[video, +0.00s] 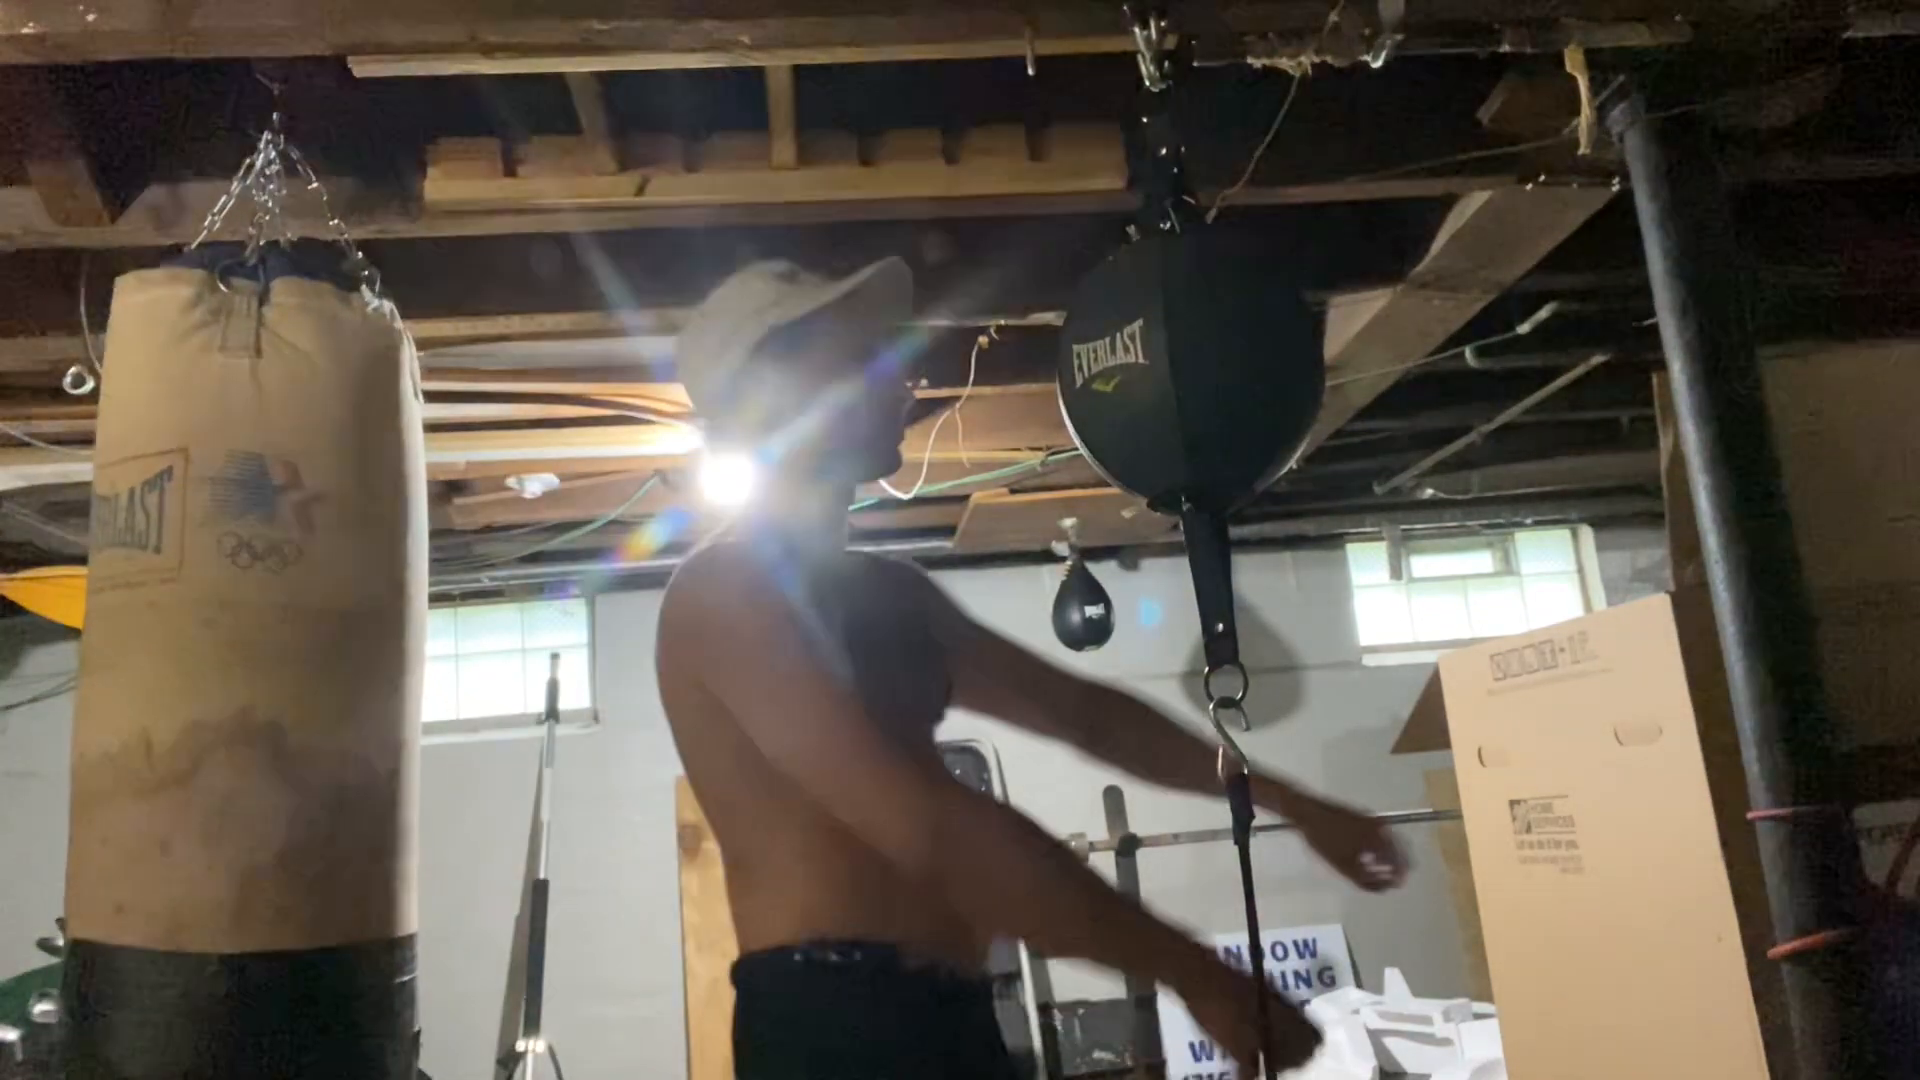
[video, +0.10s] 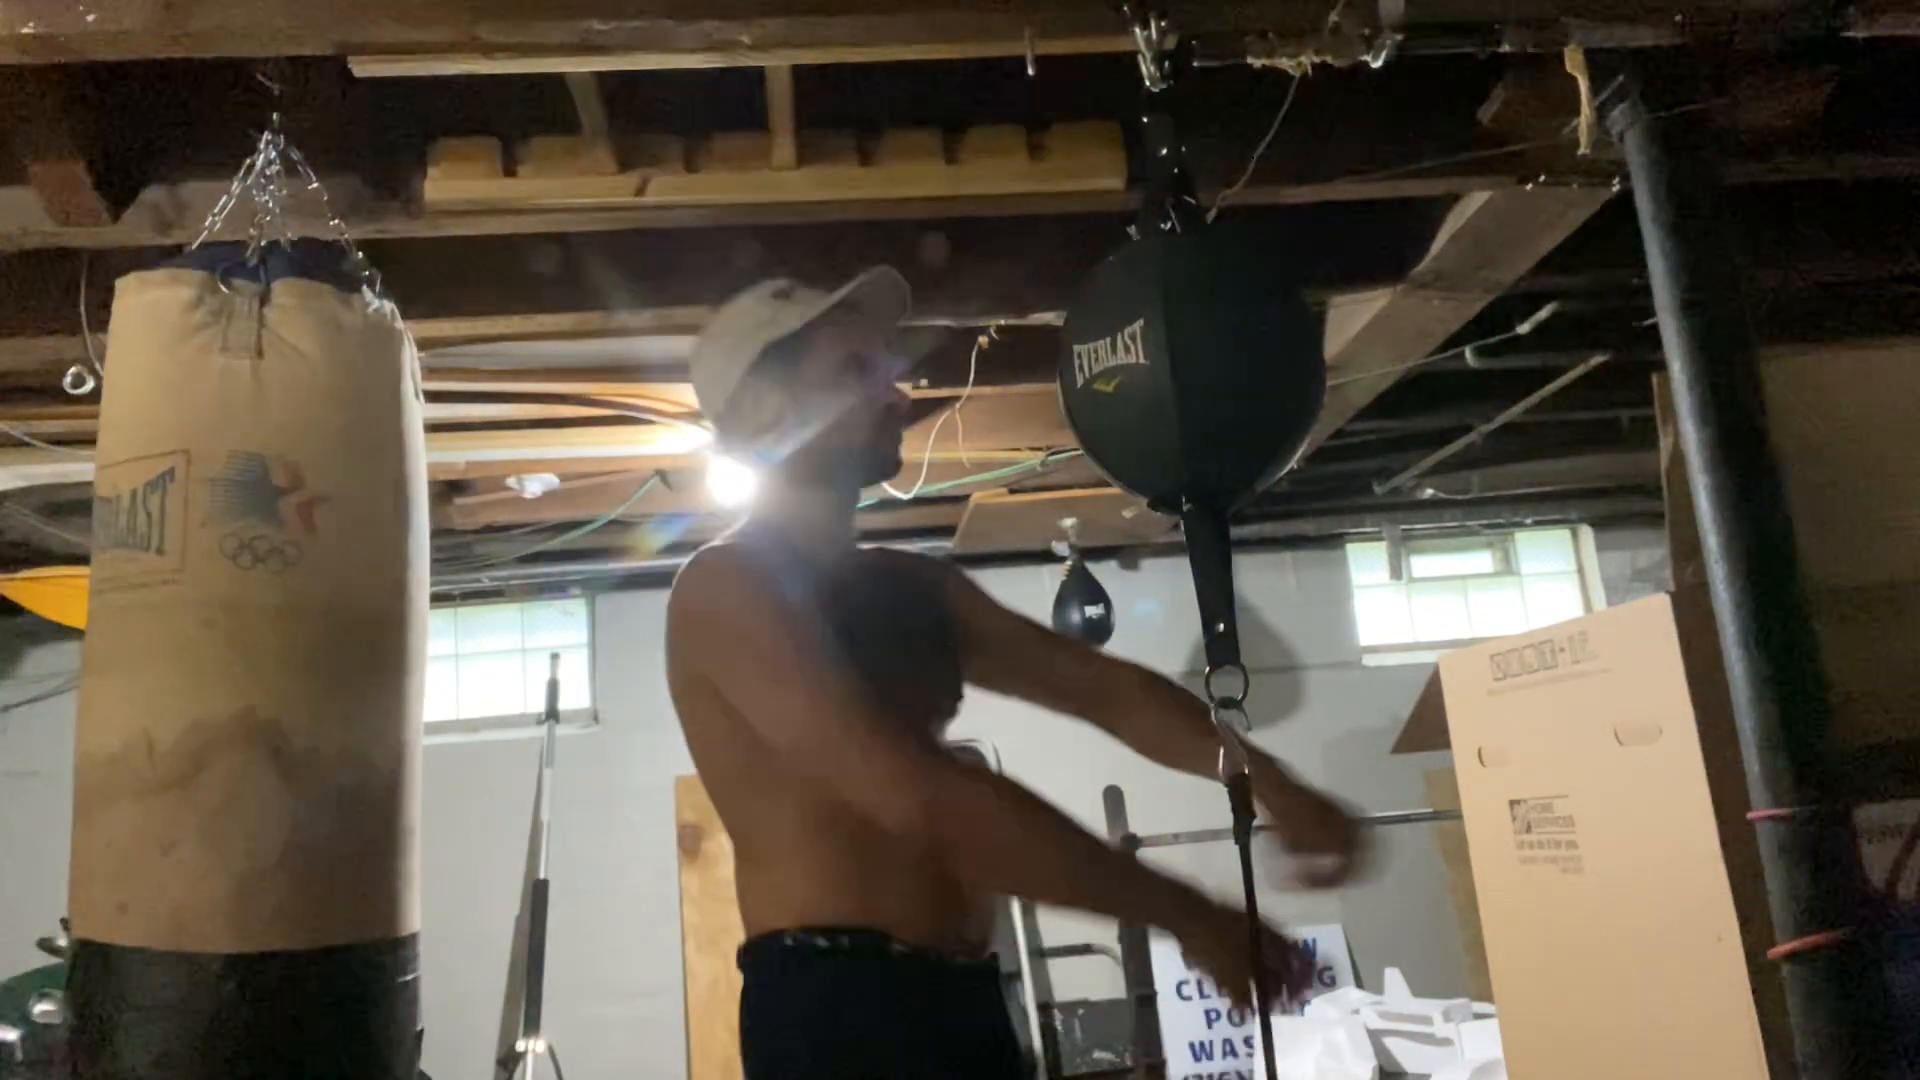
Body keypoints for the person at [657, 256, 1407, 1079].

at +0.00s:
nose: (907, 381)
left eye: (897, 355)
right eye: (871, 358)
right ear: (780, 393)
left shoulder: (887, 589)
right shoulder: (727, 584)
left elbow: (1081, 709)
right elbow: (928, 830)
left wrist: (1288, 802)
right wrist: (1196, 974)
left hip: (956, 1021)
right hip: (837, 1026)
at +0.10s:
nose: (902, 388)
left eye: (886, 363)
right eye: (860, 368)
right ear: (780, 406)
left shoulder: (909, 583)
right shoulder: (729, 586)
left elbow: (1106, 689)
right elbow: (923, 799)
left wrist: (1264, 778)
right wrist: (1188, 915)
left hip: (968, 1006)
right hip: (840, 1011)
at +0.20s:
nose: (889, 406)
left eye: (883, 385)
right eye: (856, 386)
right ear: (781, 421)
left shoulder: (933, 573)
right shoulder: (724, 584)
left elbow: (1085, 663)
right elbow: (891, 767)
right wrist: (1156, 824)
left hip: (970, 982)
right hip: (828, 989)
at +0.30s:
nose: (854, 420)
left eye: (867, 397)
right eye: (819, 401)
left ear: (891, 427)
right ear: (765, 438)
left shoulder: (939, 569)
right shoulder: (720, 589)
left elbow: (1050, 648)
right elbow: (864, 737)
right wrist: (1125, 755)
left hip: (976, 985)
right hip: (824, 993)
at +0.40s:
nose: (831, 446)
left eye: (851, 416)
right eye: (802, 419)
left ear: (881, 444)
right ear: (756, 447)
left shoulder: (945, 575)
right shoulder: (701, 594)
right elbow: (818, 688)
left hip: (974, 987)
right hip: (809, 994)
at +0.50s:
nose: (805, 427)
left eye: (830, 406)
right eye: (776, 411)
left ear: (873, 435)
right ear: (741, 446)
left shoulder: (924, 550)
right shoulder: (688, 588)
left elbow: (994, 592)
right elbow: (750, 655)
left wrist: (742, 498)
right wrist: (982, 549)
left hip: (961, 983)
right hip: (792, 993)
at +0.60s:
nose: (787, 432)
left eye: (812, 408)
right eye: (757, 417)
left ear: (863, 433)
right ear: (730, 450)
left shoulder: (913, 571)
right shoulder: (668, 594)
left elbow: (990, 587)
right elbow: (719, 616)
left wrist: (753, 478)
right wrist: (934, 478)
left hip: (945, 990)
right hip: (773, 999)